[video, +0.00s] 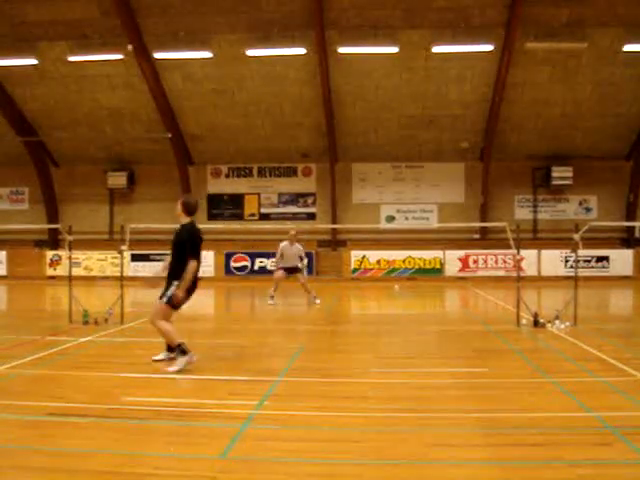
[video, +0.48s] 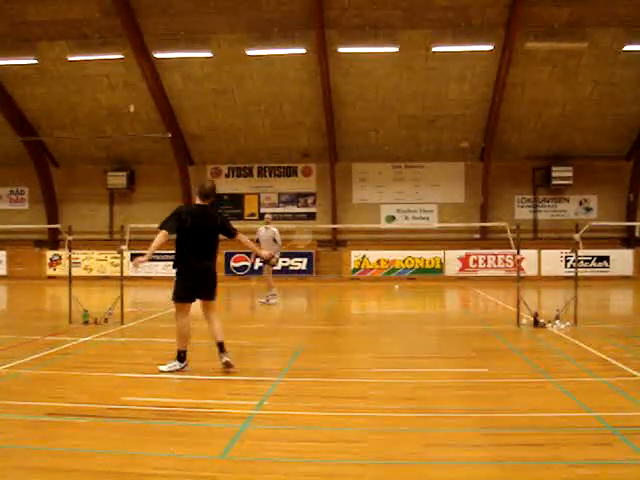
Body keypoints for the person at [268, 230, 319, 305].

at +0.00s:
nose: (292, 238)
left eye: (294, 236)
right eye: (291, 236)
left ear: (296, 237)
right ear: (288, 236)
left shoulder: (299, 247)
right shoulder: (283, 246)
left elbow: (303, 258)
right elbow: (278, 256)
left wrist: (303, 263)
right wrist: (275, 262)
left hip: (295, 266)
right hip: (284, 266)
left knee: (303, 282)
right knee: (277, 277)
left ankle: (313, 296)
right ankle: (272, 296)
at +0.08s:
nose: (286, 235)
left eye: (288, 233)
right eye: (285, 233)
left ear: (290, 234)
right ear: (282, 233)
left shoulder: (294, 244)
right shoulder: (277, 243)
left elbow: (299, 256)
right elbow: (273, 254)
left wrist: (300, 267)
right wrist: (271, 264)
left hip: (291, 265)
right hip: (279, 266)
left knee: (299, 281)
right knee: (274, 276)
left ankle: (311, 296)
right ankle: (270, 296)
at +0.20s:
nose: (278, 227)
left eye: (280, 225)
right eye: (277, 225)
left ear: (283, 227)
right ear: (275, 226)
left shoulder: (285, 237)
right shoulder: (269, 236)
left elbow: (292, 250)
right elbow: (266, 247)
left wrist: (293, 262)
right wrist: (265, 257)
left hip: (283, 260)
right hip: (273, 260)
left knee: (290, 279)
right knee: (270, 278)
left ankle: (304, 292)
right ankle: (270, 297)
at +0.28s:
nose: (275, 224)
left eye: (277, 223)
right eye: (274, 222)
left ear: (279, 224)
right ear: (272, 223)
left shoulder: (281, 234)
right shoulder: (267, 233)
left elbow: (286, 246)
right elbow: (262, 245)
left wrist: (287, 257)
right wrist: (261, 257)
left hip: (280, 257)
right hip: (270, 258)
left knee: (282, 276)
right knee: (270, 278)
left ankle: (297, 289)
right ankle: (270, 297)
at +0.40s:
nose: (269, 221)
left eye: (270, 219)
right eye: (267, 219)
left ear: (273, 220)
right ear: (265, 220)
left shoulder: (275, 231)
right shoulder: (261, 230)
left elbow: (280, 243)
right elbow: (258, 243)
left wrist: (275, 252)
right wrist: (254, 255)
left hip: (275, 253)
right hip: (266, 253)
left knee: (268, 273)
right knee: (268, 273)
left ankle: (278, 291)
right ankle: (271, 293)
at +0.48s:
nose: (267, 221)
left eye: (269, 219)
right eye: (266, 218)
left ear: (271, 220)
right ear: (264, 220)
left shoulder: (274, 231)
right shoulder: (260, 230)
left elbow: (279, 244)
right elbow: (257, 244)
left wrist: (274, 254)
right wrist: (253, 256)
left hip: (273, 255)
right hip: (264, 255)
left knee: (267, 274)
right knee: (266, 275)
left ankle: (273, 294)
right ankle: (269, 294)